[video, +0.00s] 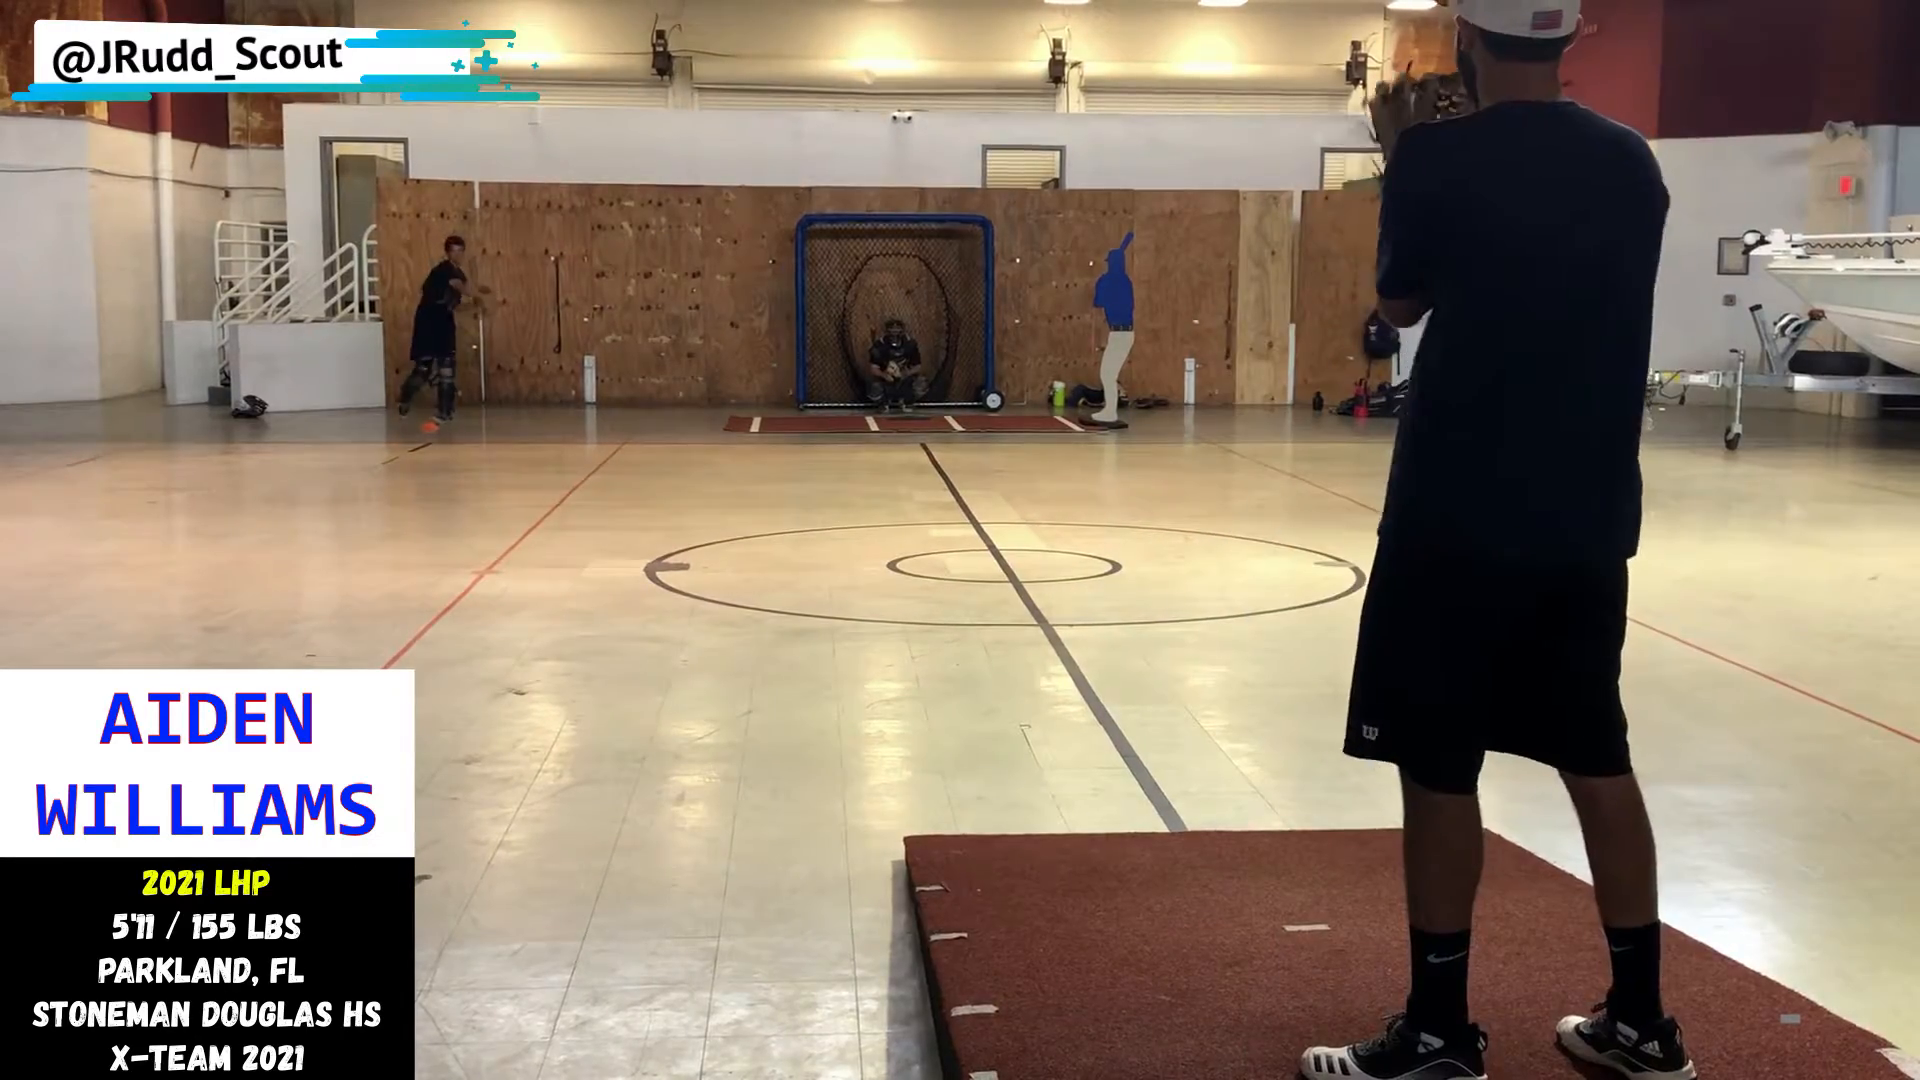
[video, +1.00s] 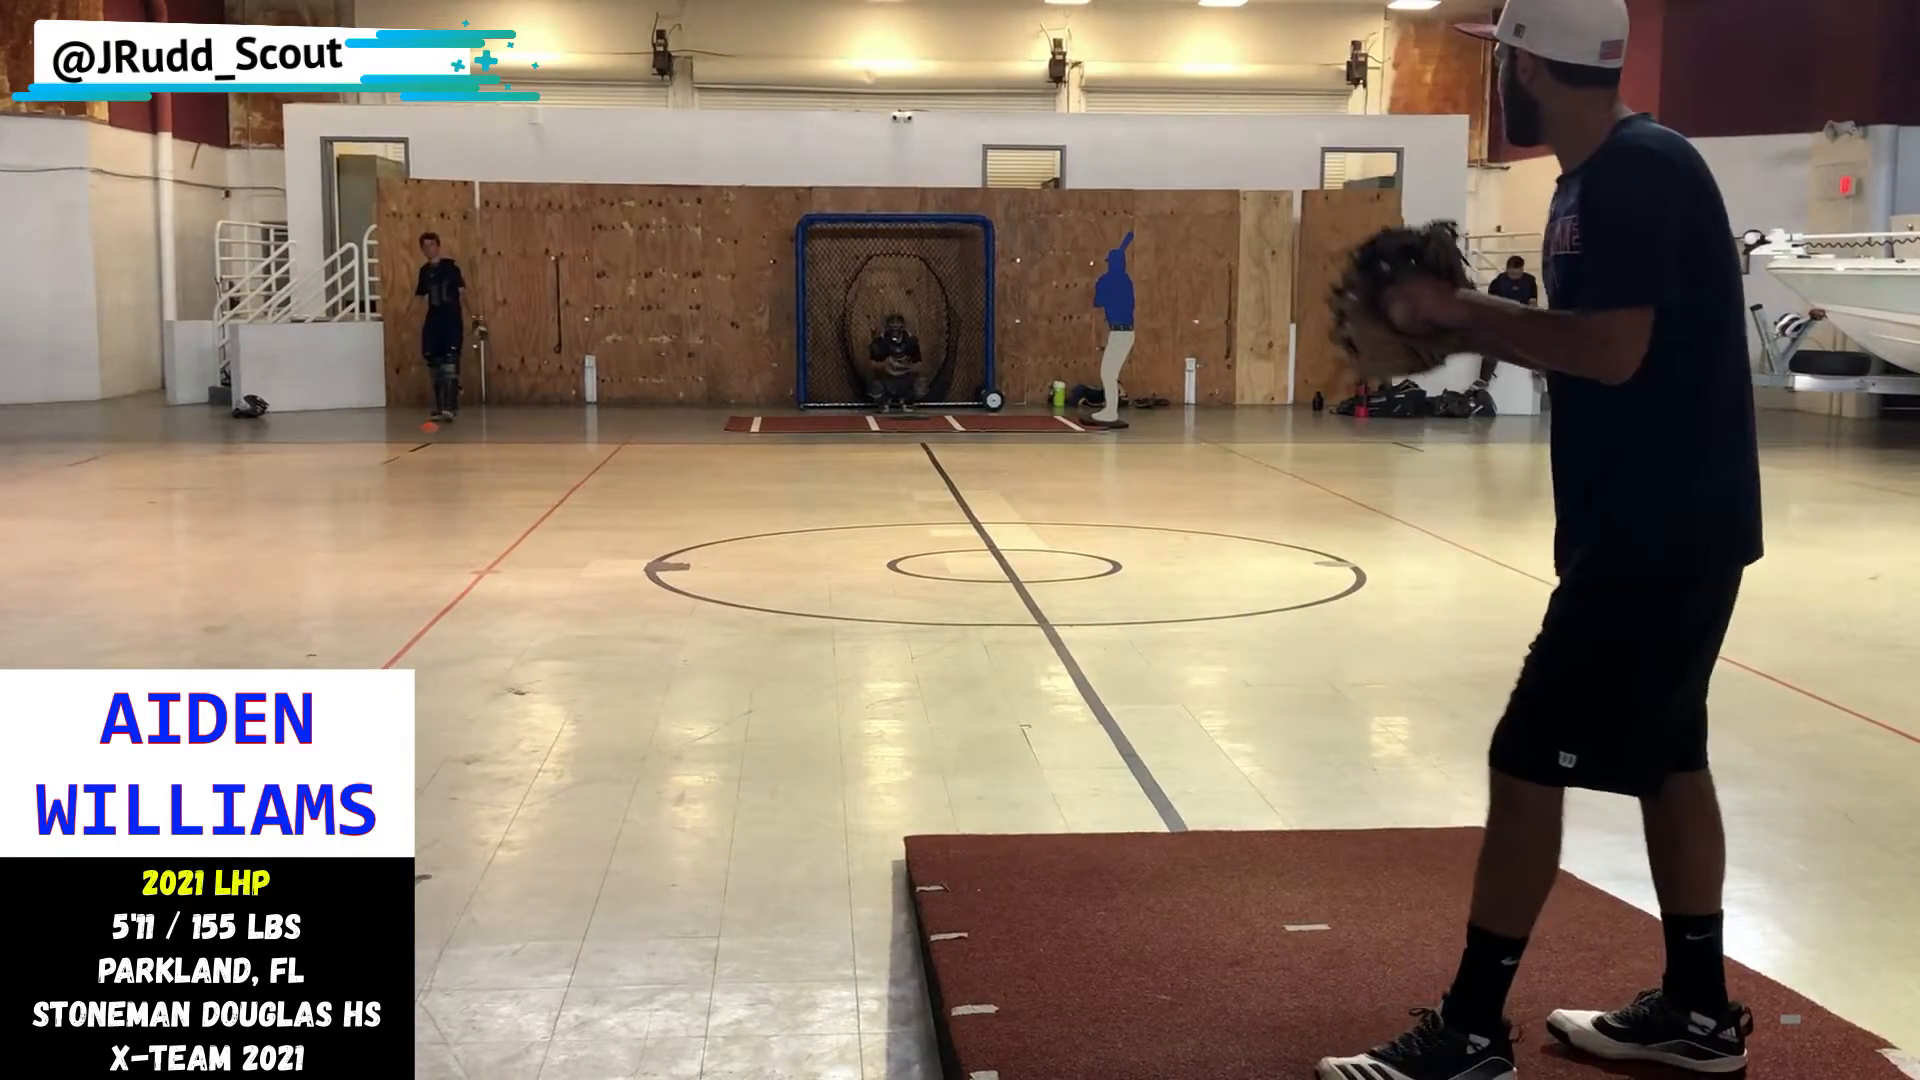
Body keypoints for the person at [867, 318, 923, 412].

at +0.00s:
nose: (895, 335)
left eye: (898, 332)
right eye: (892, 332)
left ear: (902, 332)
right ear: (887, 332)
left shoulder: (910, 344)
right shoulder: (879, 346)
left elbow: (917, 366)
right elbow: (874, 368)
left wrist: (906, 373)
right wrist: (884, 375)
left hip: (904, 379)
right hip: (887, 380)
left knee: (921, 383)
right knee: (875, 386)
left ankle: (906, 402)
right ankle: (883, 405)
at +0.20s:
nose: (895, 333)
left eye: (898, 330)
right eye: (892, 330)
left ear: (902, 331)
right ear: (887, 331)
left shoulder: (910, 344)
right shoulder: (879, 345)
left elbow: (917, 367)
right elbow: (874, 368)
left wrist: (906, 373)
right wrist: (884, 375)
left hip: (904, 379)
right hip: (887, 380)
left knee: (921, 382)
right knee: (875, 385)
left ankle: (907, 403)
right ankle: (883, 405)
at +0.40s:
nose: (896, 335)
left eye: (898, 332)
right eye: (893, 332)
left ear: (903, 331)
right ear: (887, 332)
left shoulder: (911, 343)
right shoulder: (879, 345)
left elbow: (918, 367)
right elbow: (874, 369)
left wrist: (906, 373)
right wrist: (885, 375)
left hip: (905, 379)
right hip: (887, 380)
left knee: (922, 382)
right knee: (876, 386)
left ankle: (907, 403)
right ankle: (884, 405)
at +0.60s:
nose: (895, 335)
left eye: (898, 331)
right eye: (892, 331)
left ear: (902, 331)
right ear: (887, 332)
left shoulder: (910, 344)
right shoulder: (879, 346)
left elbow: (918, 367)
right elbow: (874, 369)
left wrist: (905, 373)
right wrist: (885, 375)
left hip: (904, 379)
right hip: (887, 380)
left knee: (921, 383)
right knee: (875, 386)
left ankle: (907, 403)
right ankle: (883, 405)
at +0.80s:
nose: (895, 334)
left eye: (897, 331)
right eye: (892, 331)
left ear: (902, 331)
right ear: (887, 331)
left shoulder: (911, 343)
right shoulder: (879, 345)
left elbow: (918, 367)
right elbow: (874, 368)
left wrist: (905, 372)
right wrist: (884, 373)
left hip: (905, 380)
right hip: (887, 380)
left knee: (921, 382)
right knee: (875, 385)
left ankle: (907, 403)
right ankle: (882, 405)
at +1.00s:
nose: (895, 330)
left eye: (898, 326)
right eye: (893, 326)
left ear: (903, 326)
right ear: (888, 326)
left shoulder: (911, 340)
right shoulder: (880, 341)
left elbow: (918, 364)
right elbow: (873, 363)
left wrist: (905, 369)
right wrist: (885, 365)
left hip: (906, 376)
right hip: (887, 376)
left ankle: (907, 402)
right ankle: (883, 404)